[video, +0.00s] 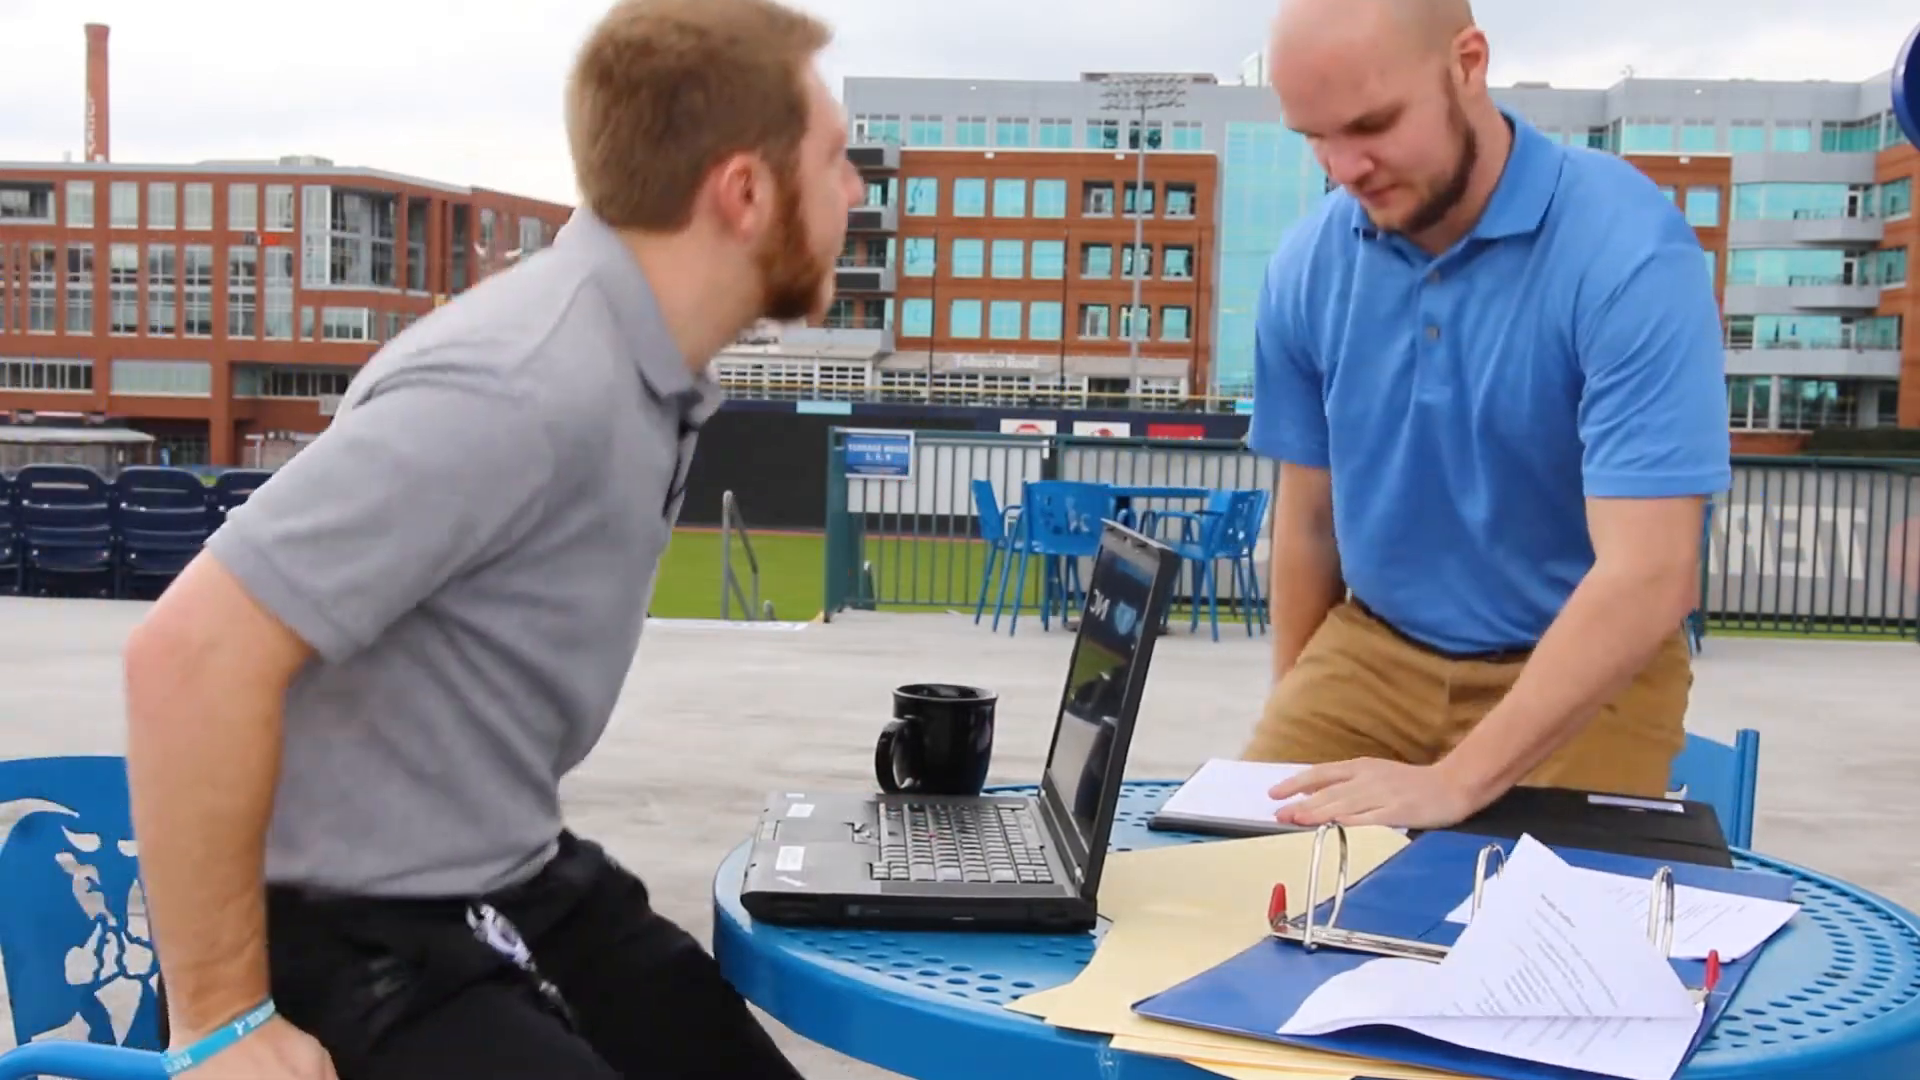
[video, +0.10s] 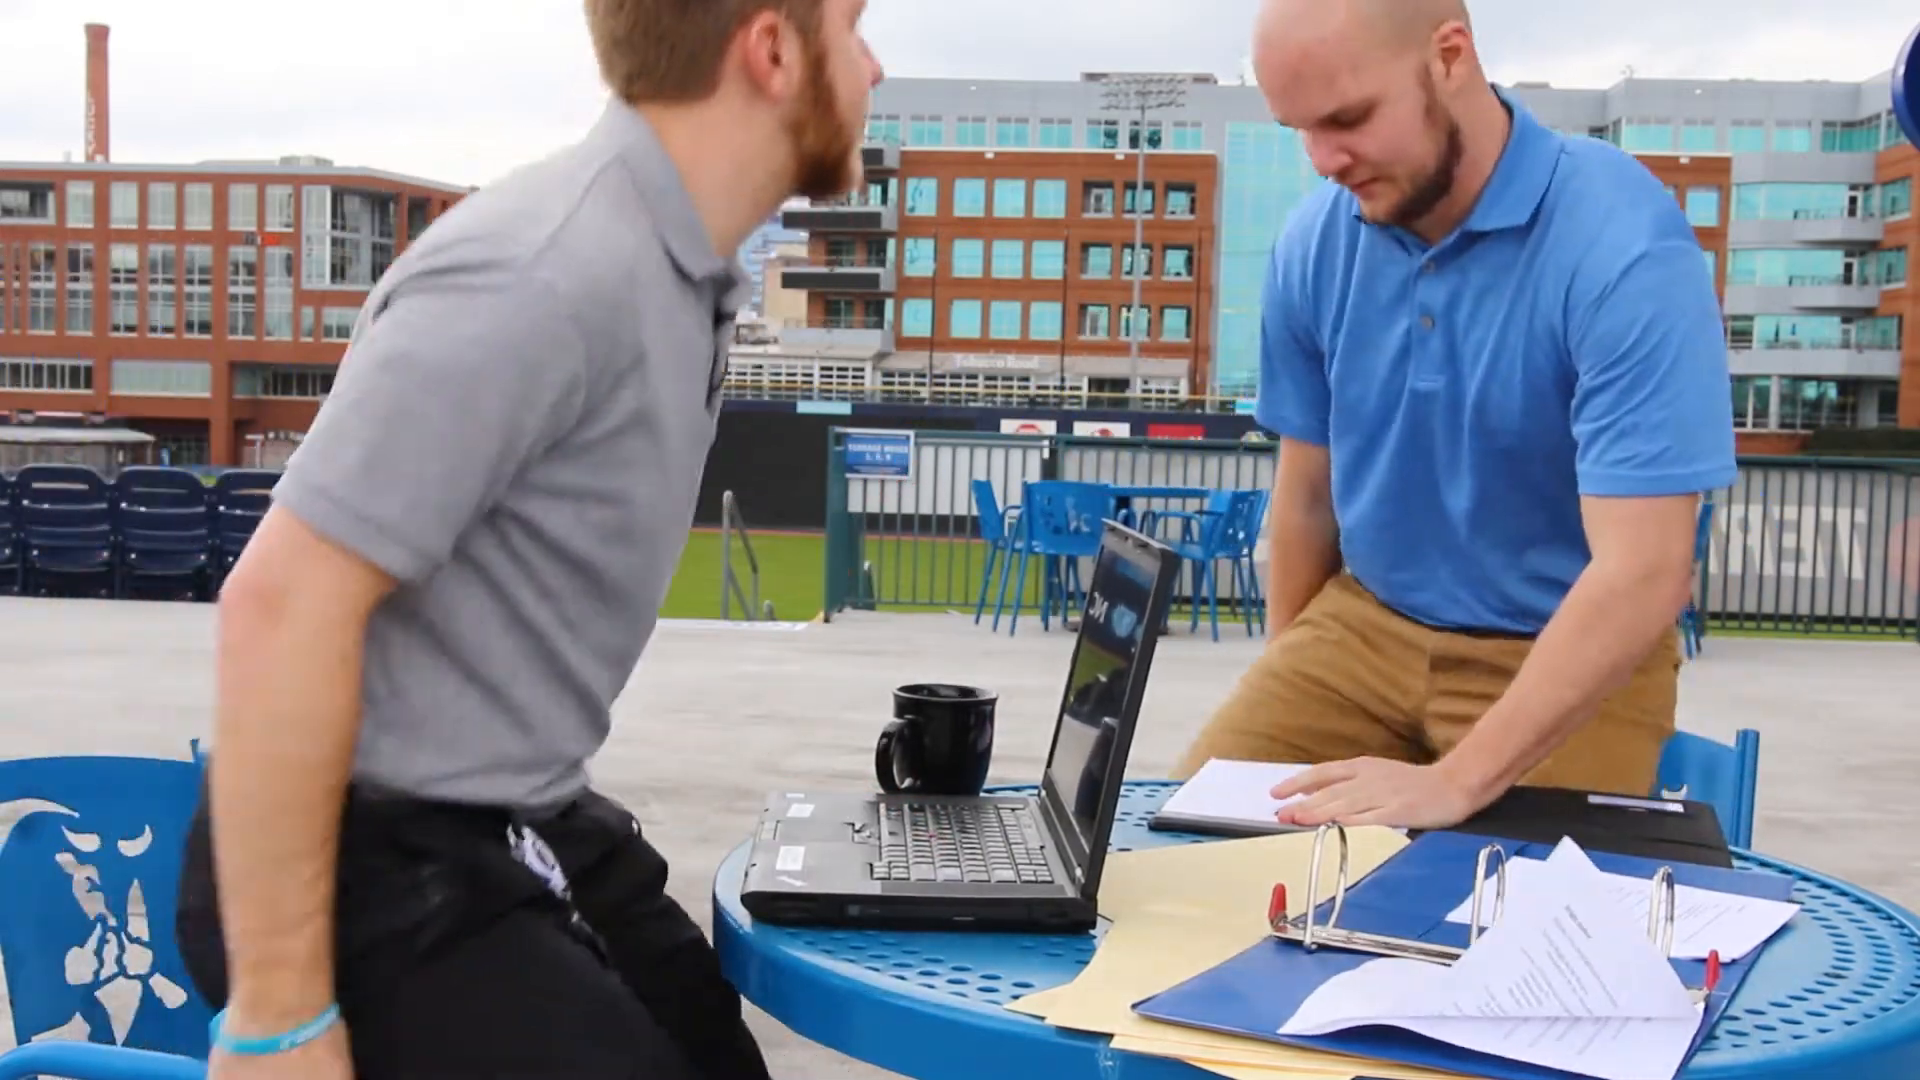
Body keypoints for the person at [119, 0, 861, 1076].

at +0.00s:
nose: (859, 193)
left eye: (849, 156)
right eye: (840, 158)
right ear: (744, 194)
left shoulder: (631, 362)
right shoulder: (509, 388)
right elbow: (190, 659)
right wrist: (222, 1024)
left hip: (527, 877)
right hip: (357, 932)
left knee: (755, 1070)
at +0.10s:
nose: (876, 72)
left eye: (865, 31)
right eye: (855, 27)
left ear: (767, 53)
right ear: (771, 50)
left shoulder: (668, 268)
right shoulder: (536, 270)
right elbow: (283, 605)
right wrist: (277, 1018)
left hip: (537, 824)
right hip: (376, 856)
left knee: (723, 1065)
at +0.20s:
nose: (877, 10)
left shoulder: (684, 190)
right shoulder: (565, 164)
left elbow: (545, 528)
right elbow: (310, 507)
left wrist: (611, 787)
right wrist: (392, 925)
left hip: (517, 780)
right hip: (377, 790)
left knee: (694, 1037)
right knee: (666, 1057)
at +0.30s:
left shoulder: (694, 127)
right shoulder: (605, 89)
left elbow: (489, 468)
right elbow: (327, 404)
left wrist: (626, 699)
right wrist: (514, 794)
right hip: (344, 757)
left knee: (669, 1043)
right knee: (662, 1060)